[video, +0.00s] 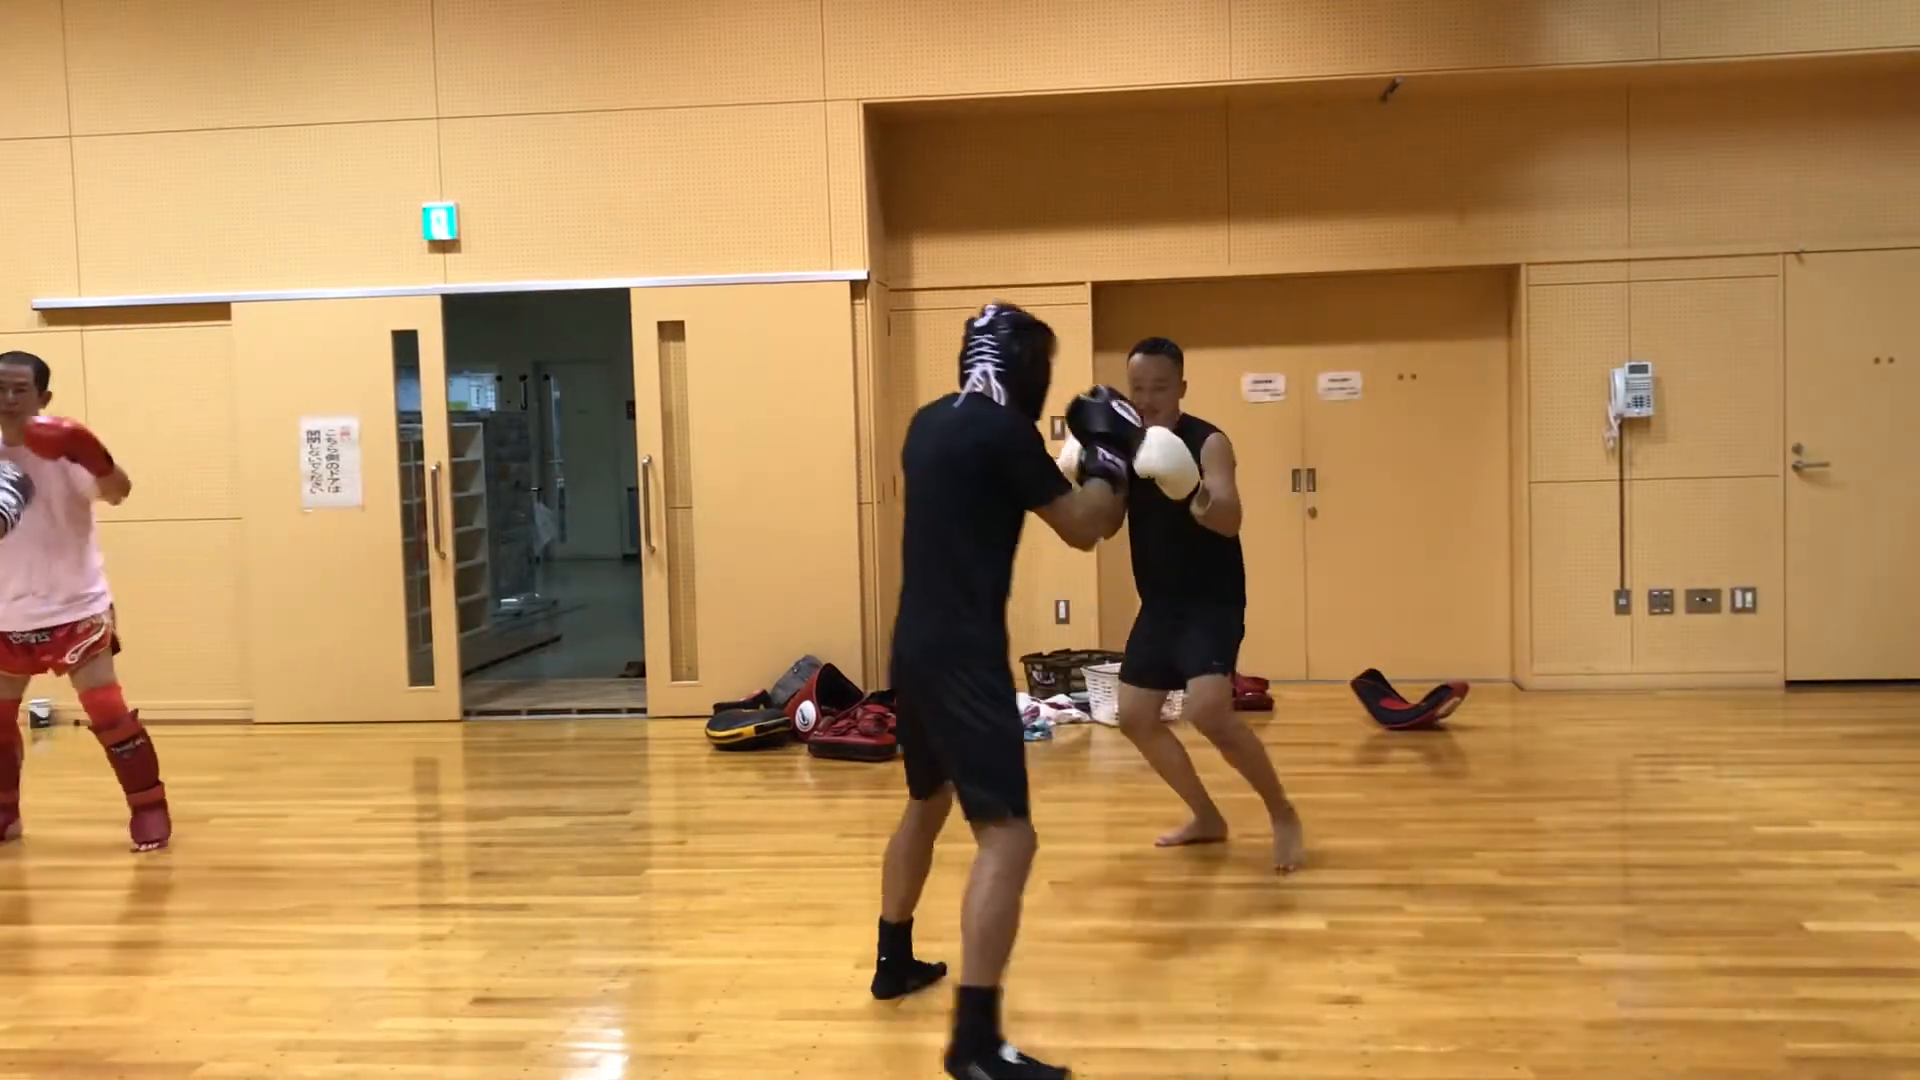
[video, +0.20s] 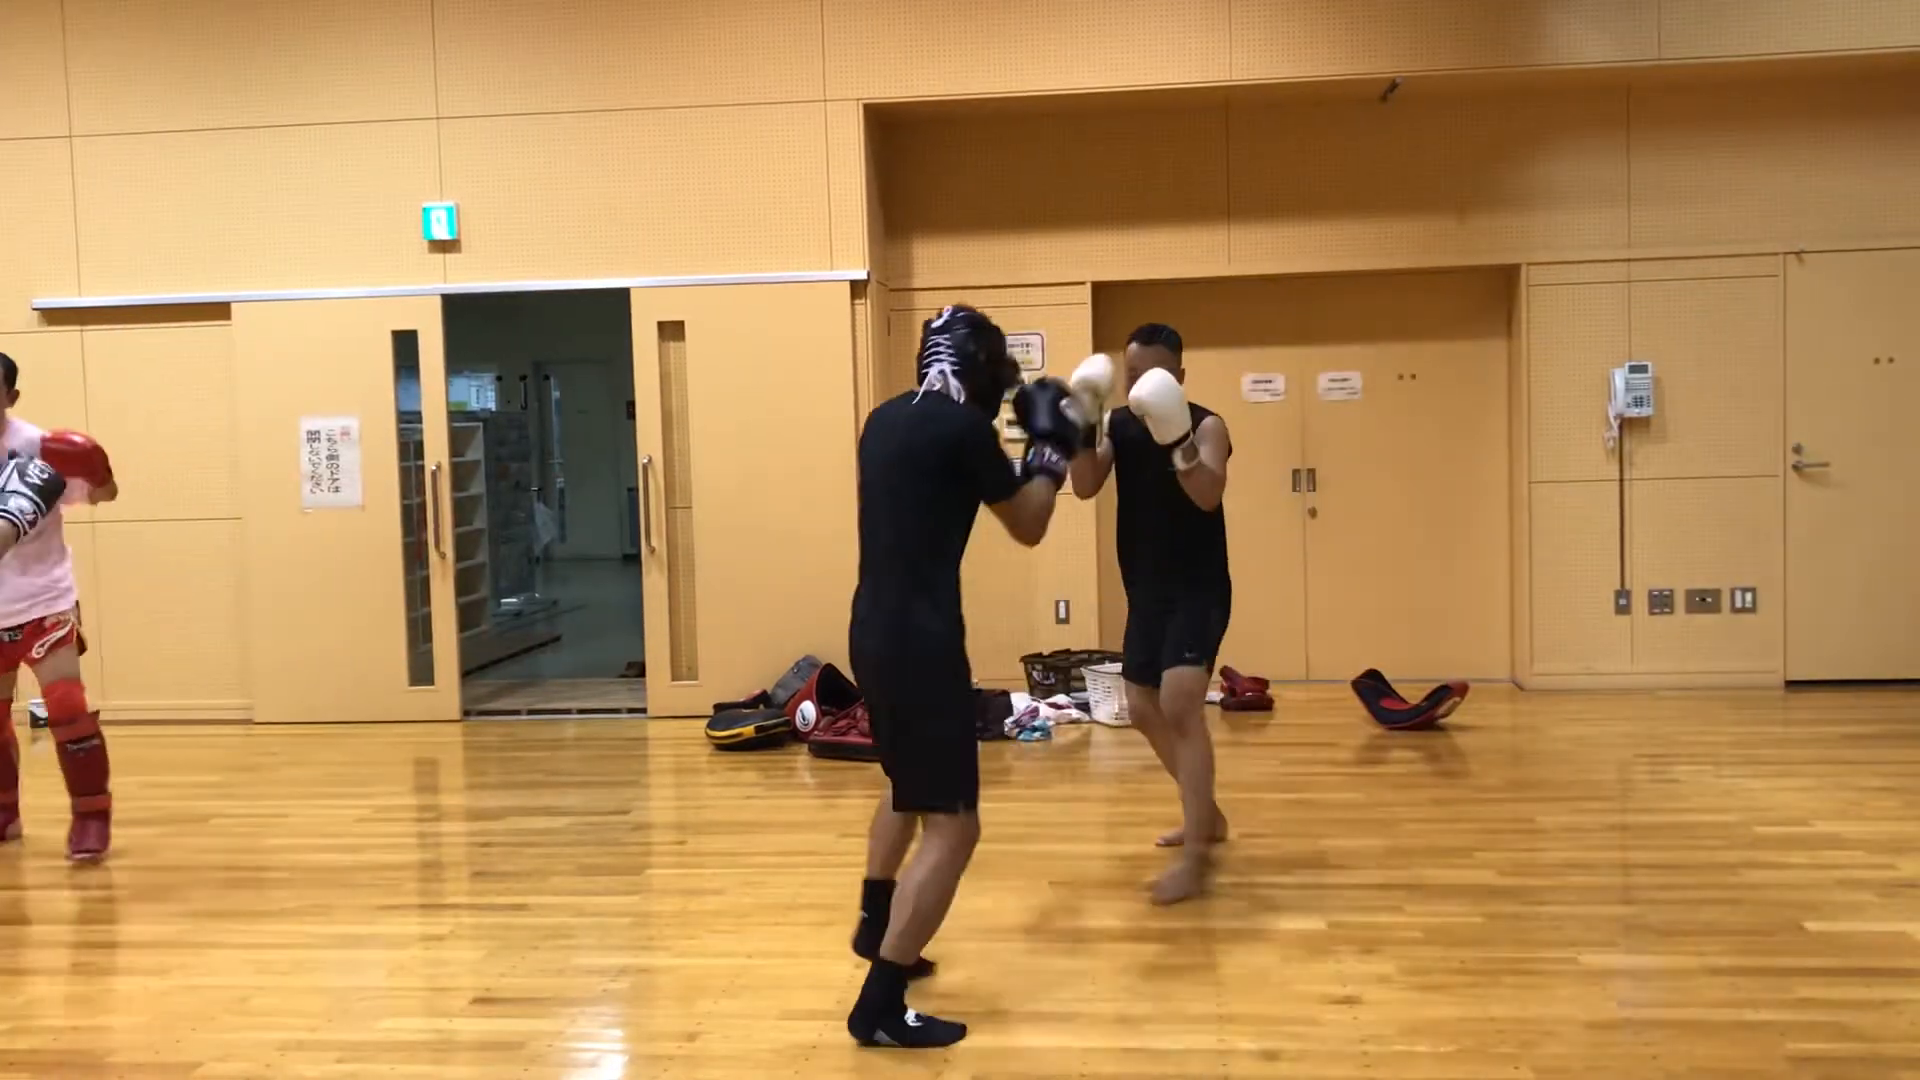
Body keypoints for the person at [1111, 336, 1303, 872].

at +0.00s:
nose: (1146, 401)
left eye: (1158, 389)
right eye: (1137, 389)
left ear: (1181, 387)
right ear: (1126, 388)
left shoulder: (1208, 441)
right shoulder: (1121, 442)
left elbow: (1230, 523)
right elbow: (1103, 526)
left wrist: (1191, 491)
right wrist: (1096, 459)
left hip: (1213, 599)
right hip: (1159, 601)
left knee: (1207, 711)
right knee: (1135, 714)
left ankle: (1282, 815)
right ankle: (1205, 818)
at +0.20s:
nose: (1131, 382)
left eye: (1142, 372)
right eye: (1128, 371)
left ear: (1172, 370)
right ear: (1127, 371)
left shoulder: (1205, 426)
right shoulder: (1119, 425)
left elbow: (1209, 495)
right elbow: (1084, 486)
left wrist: (1178, 440)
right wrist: (1082, 422)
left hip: (1198, 586)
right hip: (1146, 587)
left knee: (1181, 704)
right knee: (1142, 708)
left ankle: (1194, 860)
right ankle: (1205, 816)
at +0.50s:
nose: (1142, 401)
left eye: (1153, 390)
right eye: (1135, 390)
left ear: (1176, 387)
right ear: (1125, 392)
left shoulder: (1199, 436)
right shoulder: (1118, 437)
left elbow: (1171, 482)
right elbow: (1081, 488)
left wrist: (1135, 433)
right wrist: (1086, 423)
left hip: (1193, 600)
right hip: (1146, 602)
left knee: (1154, 718)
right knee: (1135, 719)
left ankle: (1182, 871)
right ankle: (1208, 817)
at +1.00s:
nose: (1143, 365)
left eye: (1151, 355)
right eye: (1138, 355)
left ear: (1181, 350)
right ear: (1139, 352)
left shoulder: (1207, 400)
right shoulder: (1160, 411)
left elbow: (1213, 463)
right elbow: (1126, 477)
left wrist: (1164, 419)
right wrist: (1097, 425)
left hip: (1219, 561)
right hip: (1186, 564)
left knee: (1199, 674)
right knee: (1196, 678)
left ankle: (1237, 812)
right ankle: (1237, 799)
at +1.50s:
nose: (1145, 388)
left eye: (1155, 378)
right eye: (1141, 378)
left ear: (1186, 374)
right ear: (1139, 376)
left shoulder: (1210, 429)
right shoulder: (1161, 433)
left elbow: (1202, 503)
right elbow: (1140, 504)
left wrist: (1148, 471)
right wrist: (1099, 473)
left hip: (1217, 581)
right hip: (1186, 581)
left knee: (1158, 682)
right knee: (1202, 690)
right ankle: (1275, 791)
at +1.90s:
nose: (1101, 408)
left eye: (1107, 397)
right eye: (1097, 399)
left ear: (1139, 386)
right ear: (1119, 394)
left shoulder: (1159, 436)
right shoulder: (1133, 435)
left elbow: (1107, 492)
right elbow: (1083, 481)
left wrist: (1072, 437)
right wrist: (1069, 431)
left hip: (1169, 597)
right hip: (1168, 594)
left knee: (1098, 693)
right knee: (1181, 698)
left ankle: (1112, 835)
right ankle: (1265, 794)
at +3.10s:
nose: (1136, 394)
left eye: (1140, 382)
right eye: (1134, 385)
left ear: (1170, 372)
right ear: (1185, 372)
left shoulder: (1184, 424)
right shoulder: (1226, 416)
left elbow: (1124, 490)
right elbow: (1180, 482)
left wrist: (1084, 438)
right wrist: (1137, 437)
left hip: (1197, 592)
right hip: (1248, 589)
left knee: (1139, 698)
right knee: (1262, 701)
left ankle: (1150, 837)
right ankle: (1323, 819)